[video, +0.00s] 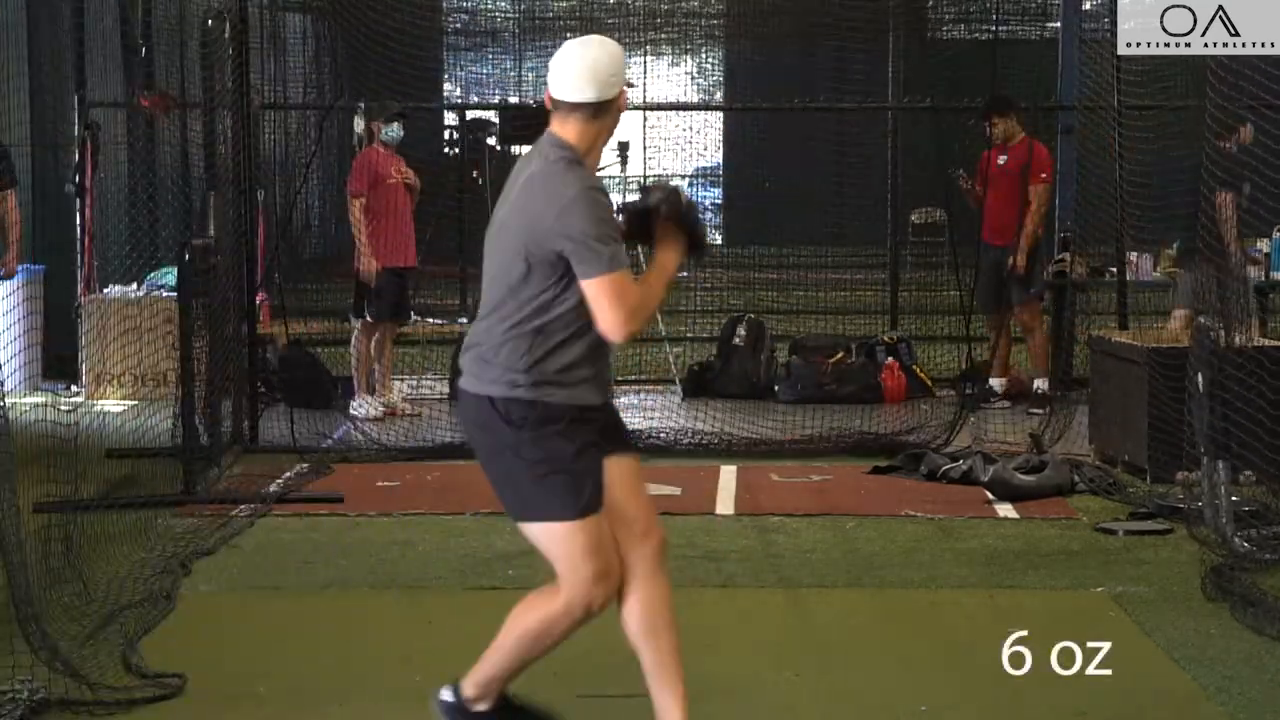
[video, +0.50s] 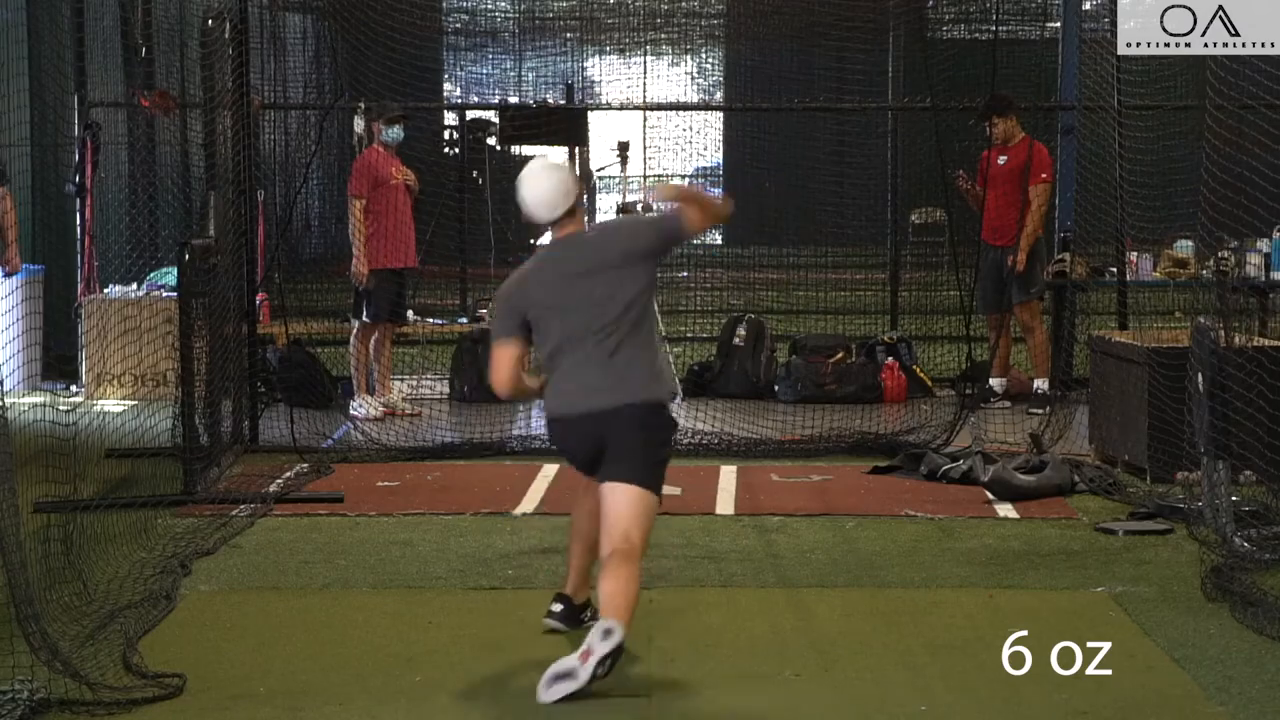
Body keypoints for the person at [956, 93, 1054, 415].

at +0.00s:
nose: (991, 130)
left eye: (996, 123)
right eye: (989, 124)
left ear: (1013, 121)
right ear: (991, 125)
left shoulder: (1036, 153)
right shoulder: (989, 156)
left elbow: (1038, 206)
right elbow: (982, 201)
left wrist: (1023, 249)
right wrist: (970, 191)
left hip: (1023, 247)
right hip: (992, 246)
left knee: (1029, 318)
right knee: (995, 319)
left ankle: (1041, 386)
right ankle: (997, 385)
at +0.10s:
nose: (992, 130)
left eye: (997, 123)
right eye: (990, 124)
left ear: (1013, 121)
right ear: (990, 126)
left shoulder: (1036, 154)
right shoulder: (989, 156)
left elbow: (1038, 206)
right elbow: (982, 202)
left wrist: (1024, 249)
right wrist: (970, 191)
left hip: (1023, 246)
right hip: (992, 246)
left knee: (1029, 318)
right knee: (995, 319)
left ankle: (1041, 386)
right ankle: (997, 385)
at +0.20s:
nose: (991, 130)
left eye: (996, 123)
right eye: (989, 124)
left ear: (1012, 121)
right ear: (990, 125)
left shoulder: (1036, 152)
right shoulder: (988, 157)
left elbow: (1039, 205)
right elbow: (984, 206)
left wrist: (1024, 249)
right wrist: (970, 192)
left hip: (1023, 247)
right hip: (992, 247)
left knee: (1029, 319)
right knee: (995, 319)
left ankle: (1042, 388)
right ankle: (997, 386)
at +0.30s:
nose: (991, 130)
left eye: (996, 123)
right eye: (989, 124)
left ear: (1012, 121)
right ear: (990, 125)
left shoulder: (1036, 152)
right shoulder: (988, 157)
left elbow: (1039, 205)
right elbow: (984, 206)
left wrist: (1024, 249)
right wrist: (970, 192)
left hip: (1023, 247)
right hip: (992, 247)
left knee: (1029, 319)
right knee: (995, 319)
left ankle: (1042, 388)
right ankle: (997, 386)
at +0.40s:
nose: (991, 130)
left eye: (996, 123)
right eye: (989, 124)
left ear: (1012, 121)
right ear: (990, 125)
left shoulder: (1036, 152)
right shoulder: (988, 157)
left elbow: (1039, 205)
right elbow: (984, 205)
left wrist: (1024, 248)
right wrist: (970, 192)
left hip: (1023, 247)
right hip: (992, 247)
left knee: (1029, 319)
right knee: (995, 319)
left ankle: (1042, 388)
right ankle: (997, 386)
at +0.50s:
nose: (991, 130)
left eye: (996, 123)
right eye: (989, 124)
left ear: (1012, 121)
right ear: (990, 125)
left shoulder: (1036, 152)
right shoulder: (988, 157)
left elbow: (1039, 205)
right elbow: (984, 205)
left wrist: (1024, 248)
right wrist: (970, 192)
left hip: (1023, 247)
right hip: (992, 247)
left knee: (1029, 318)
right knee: (995, 319)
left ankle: (1042, 388)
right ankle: (997, 386)